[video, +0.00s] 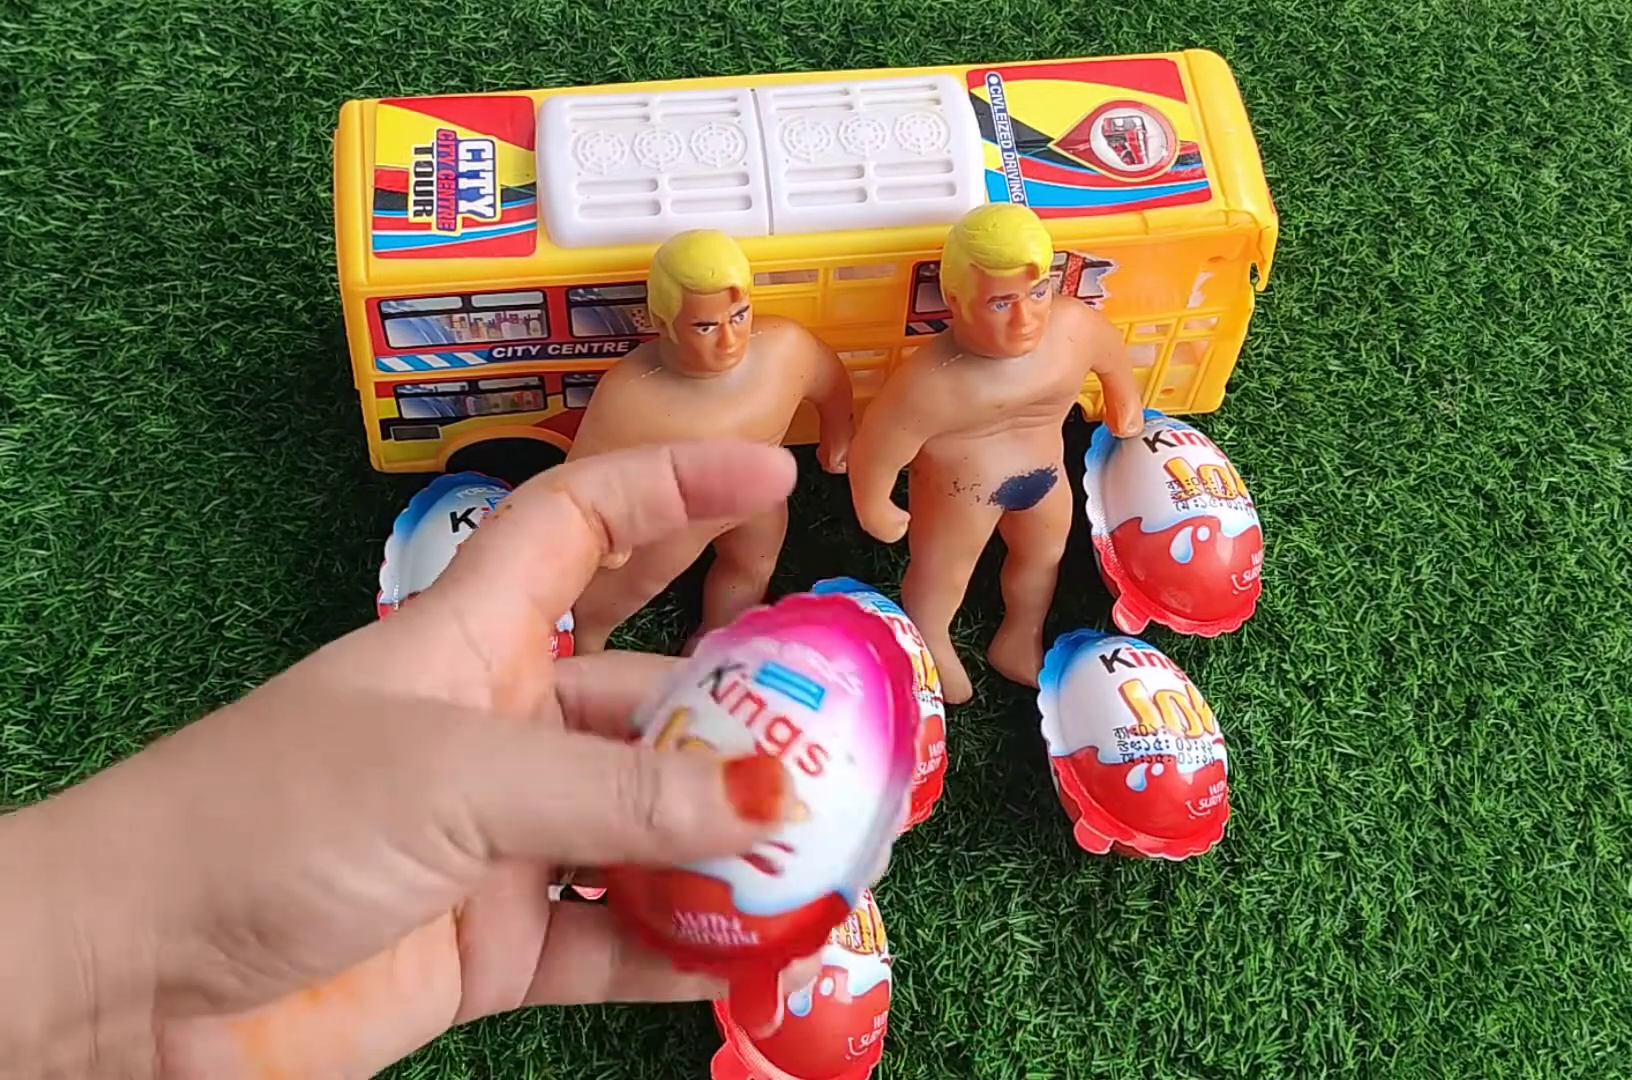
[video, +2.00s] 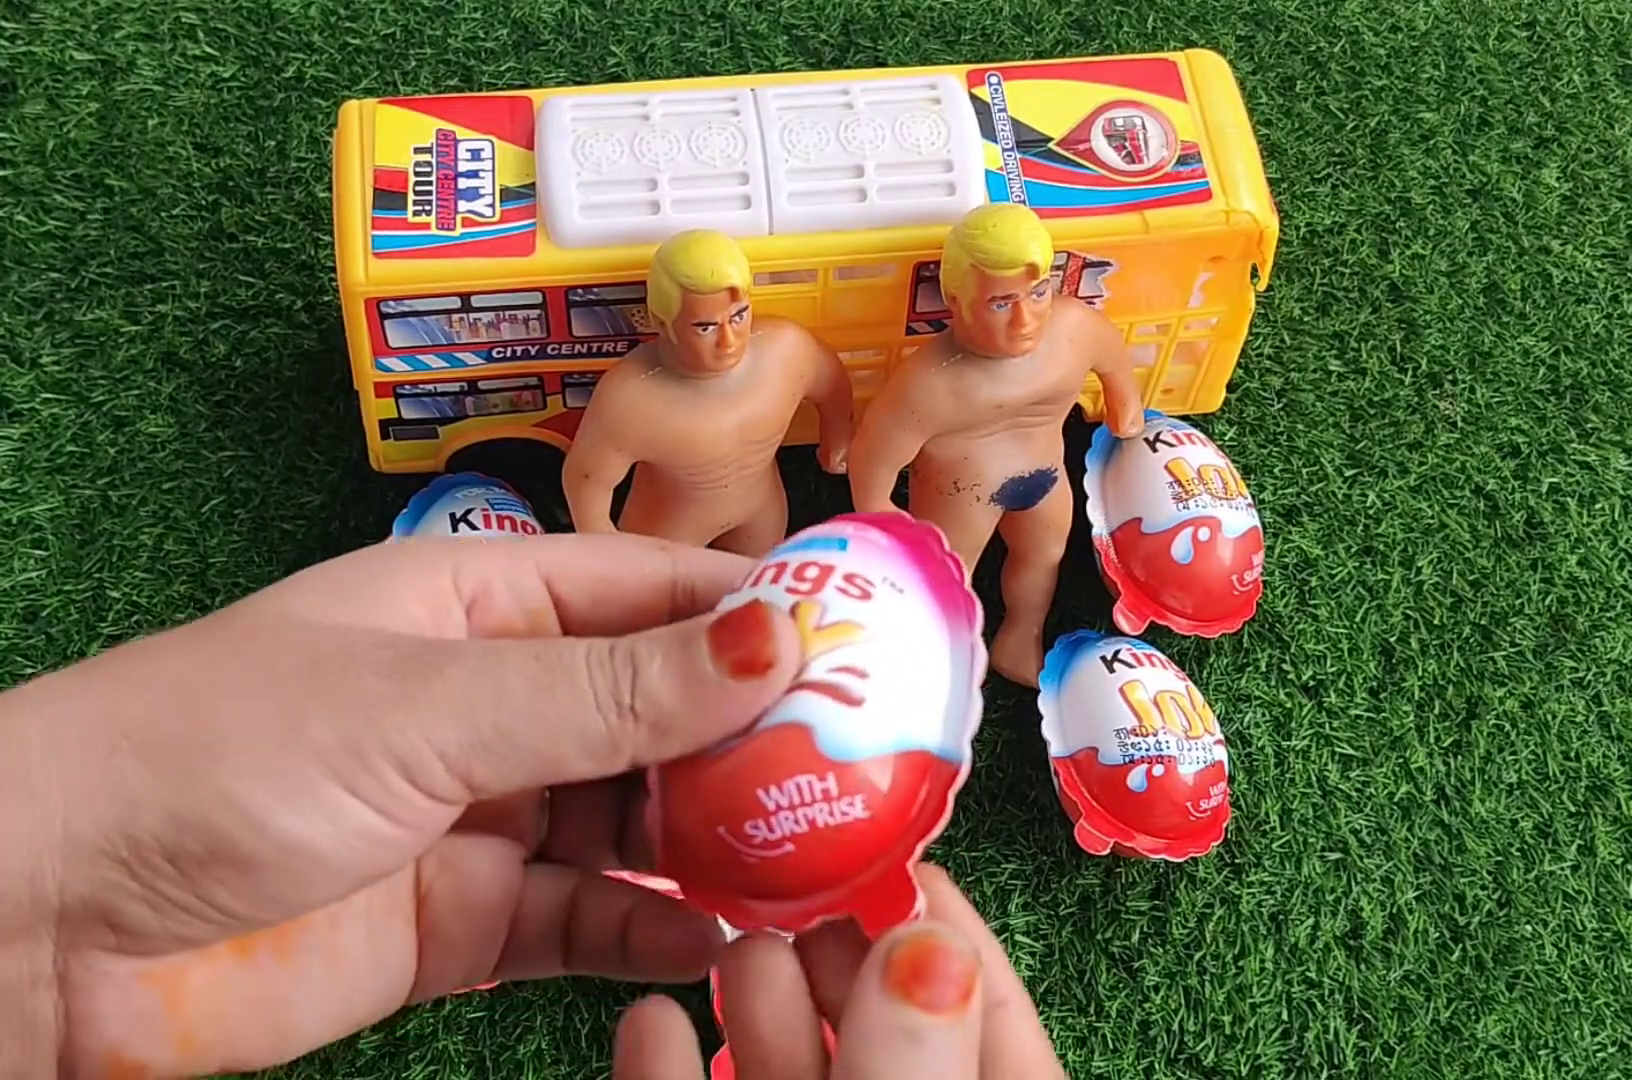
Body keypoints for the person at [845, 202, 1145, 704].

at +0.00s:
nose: (1024, 316)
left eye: (1036, 294)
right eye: (999, 302)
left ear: (1051, 284)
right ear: (953, 303)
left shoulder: (1077, 326)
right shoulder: (927, 383)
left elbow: (1112, 357)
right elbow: (874, 452)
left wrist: (1126, 403)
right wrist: (877, 513)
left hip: (1045, 474)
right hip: (959, 490)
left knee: (1041, 560)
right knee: (942, 575)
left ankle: (1020, 641)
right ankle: (931, 643)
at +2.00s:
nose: (1025, 317)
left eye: (1038, 294)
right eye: (1001, 303)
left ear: (1051, 284)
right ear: (952, 303)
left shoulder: (1079, 328)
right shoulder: (928, 381)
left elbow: (1116, 364)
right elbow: (869, 466)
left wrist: (1127, 411)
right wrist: (886, 546)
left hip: (1044, 478)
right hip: (958, 491)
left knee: (1041, 563)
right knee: (943, 578)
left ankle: (1020, 644)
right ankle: (933, 654)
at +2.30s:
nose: (1025, 318)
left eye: (1038, 294)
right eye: (1000, 303)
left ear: (1051, 284)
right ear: (952, 302)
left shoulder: (1079, 328)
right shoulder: (927, 381)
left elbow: (1116, 363)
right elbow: (872, 459)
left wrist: (1126, 408)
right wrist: (877, 516)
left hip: (1044, 478)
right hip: (958, 491)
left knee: (1040, 564)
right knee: (941, 579)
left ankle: (1024, 646)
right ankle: (933, 660)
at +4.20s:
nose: (1024, 318)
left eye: (1036, 295)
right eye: (999, 303)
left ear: (1051, 284)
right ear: (953, 303)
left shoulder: (1078, 327)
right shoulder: (927, 383)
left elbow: (1114, 360)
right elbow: (872, 455)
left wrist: (1127, 409)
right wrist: (877, 513)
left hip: (1045, 476)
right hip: (959, 491)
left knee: (1041, 562)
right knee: (942, 581)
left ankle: (1020, 645)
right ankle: (930, 657)